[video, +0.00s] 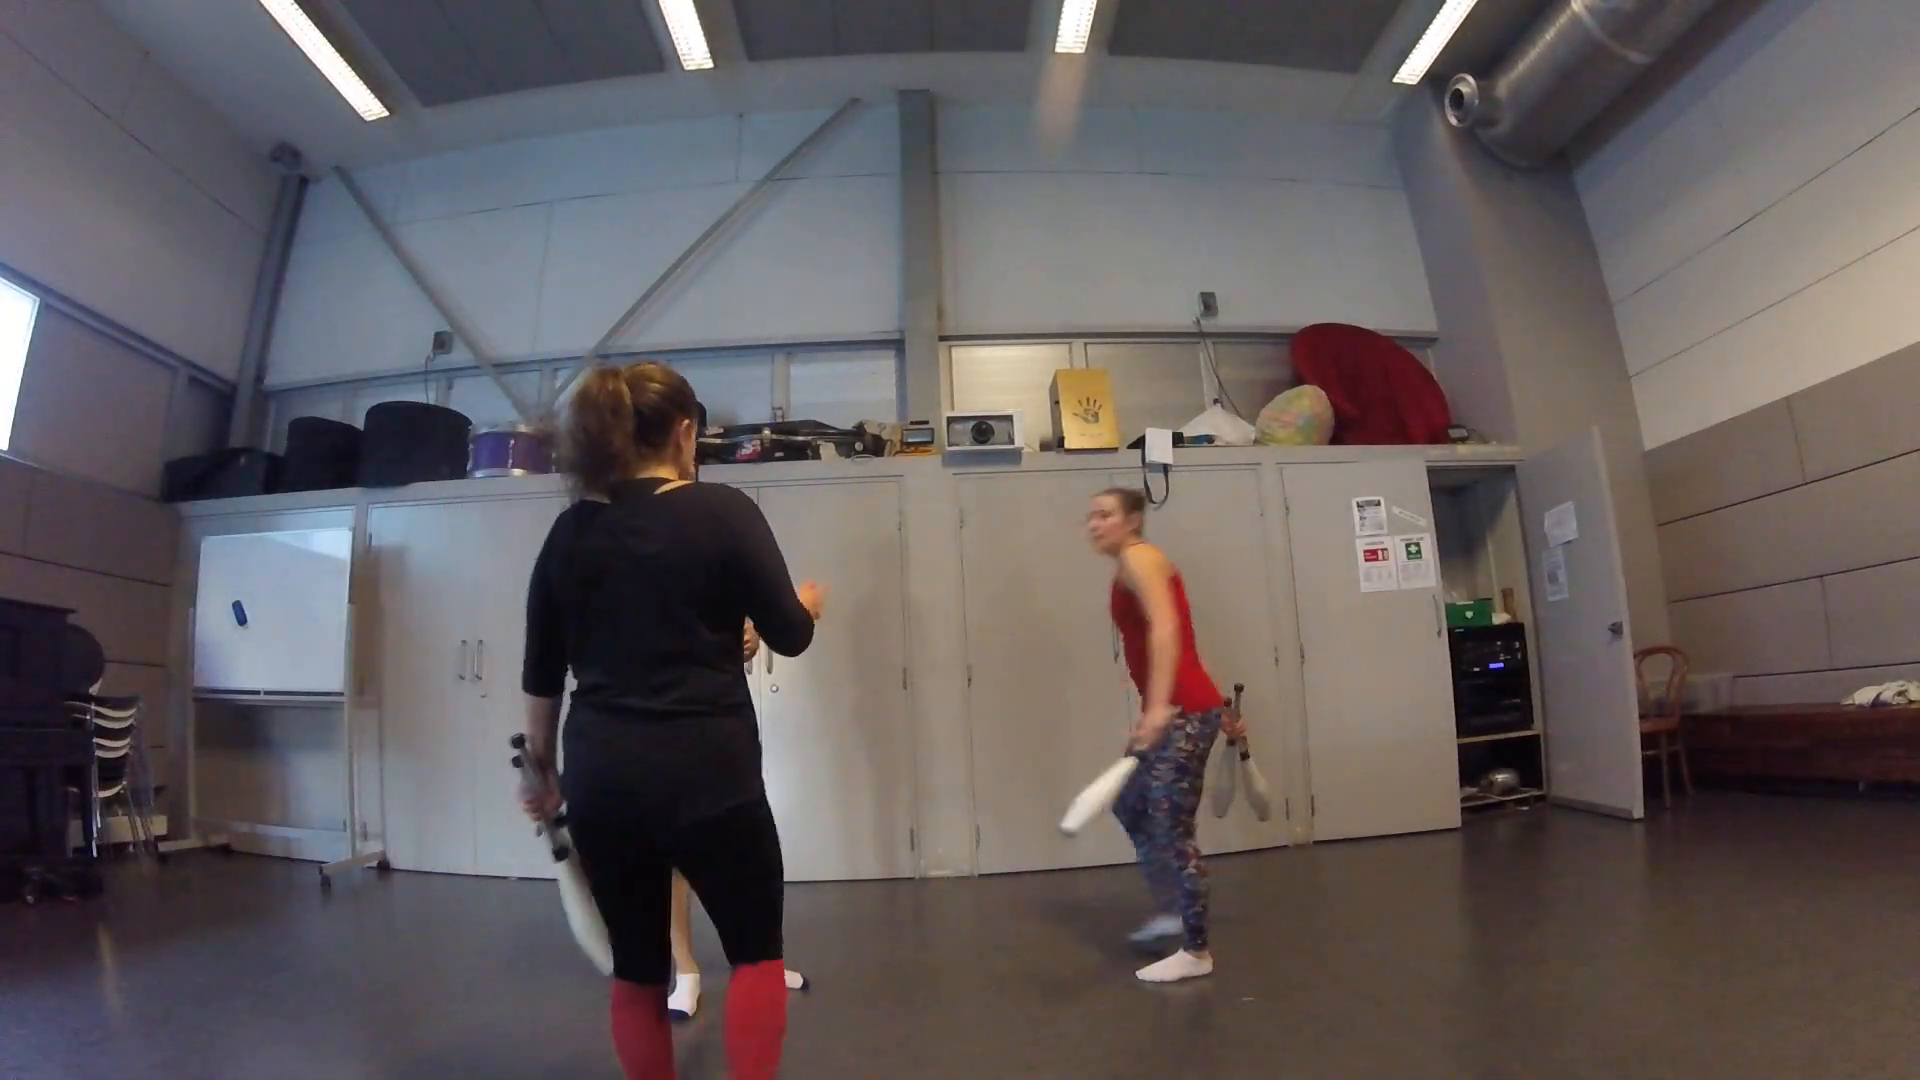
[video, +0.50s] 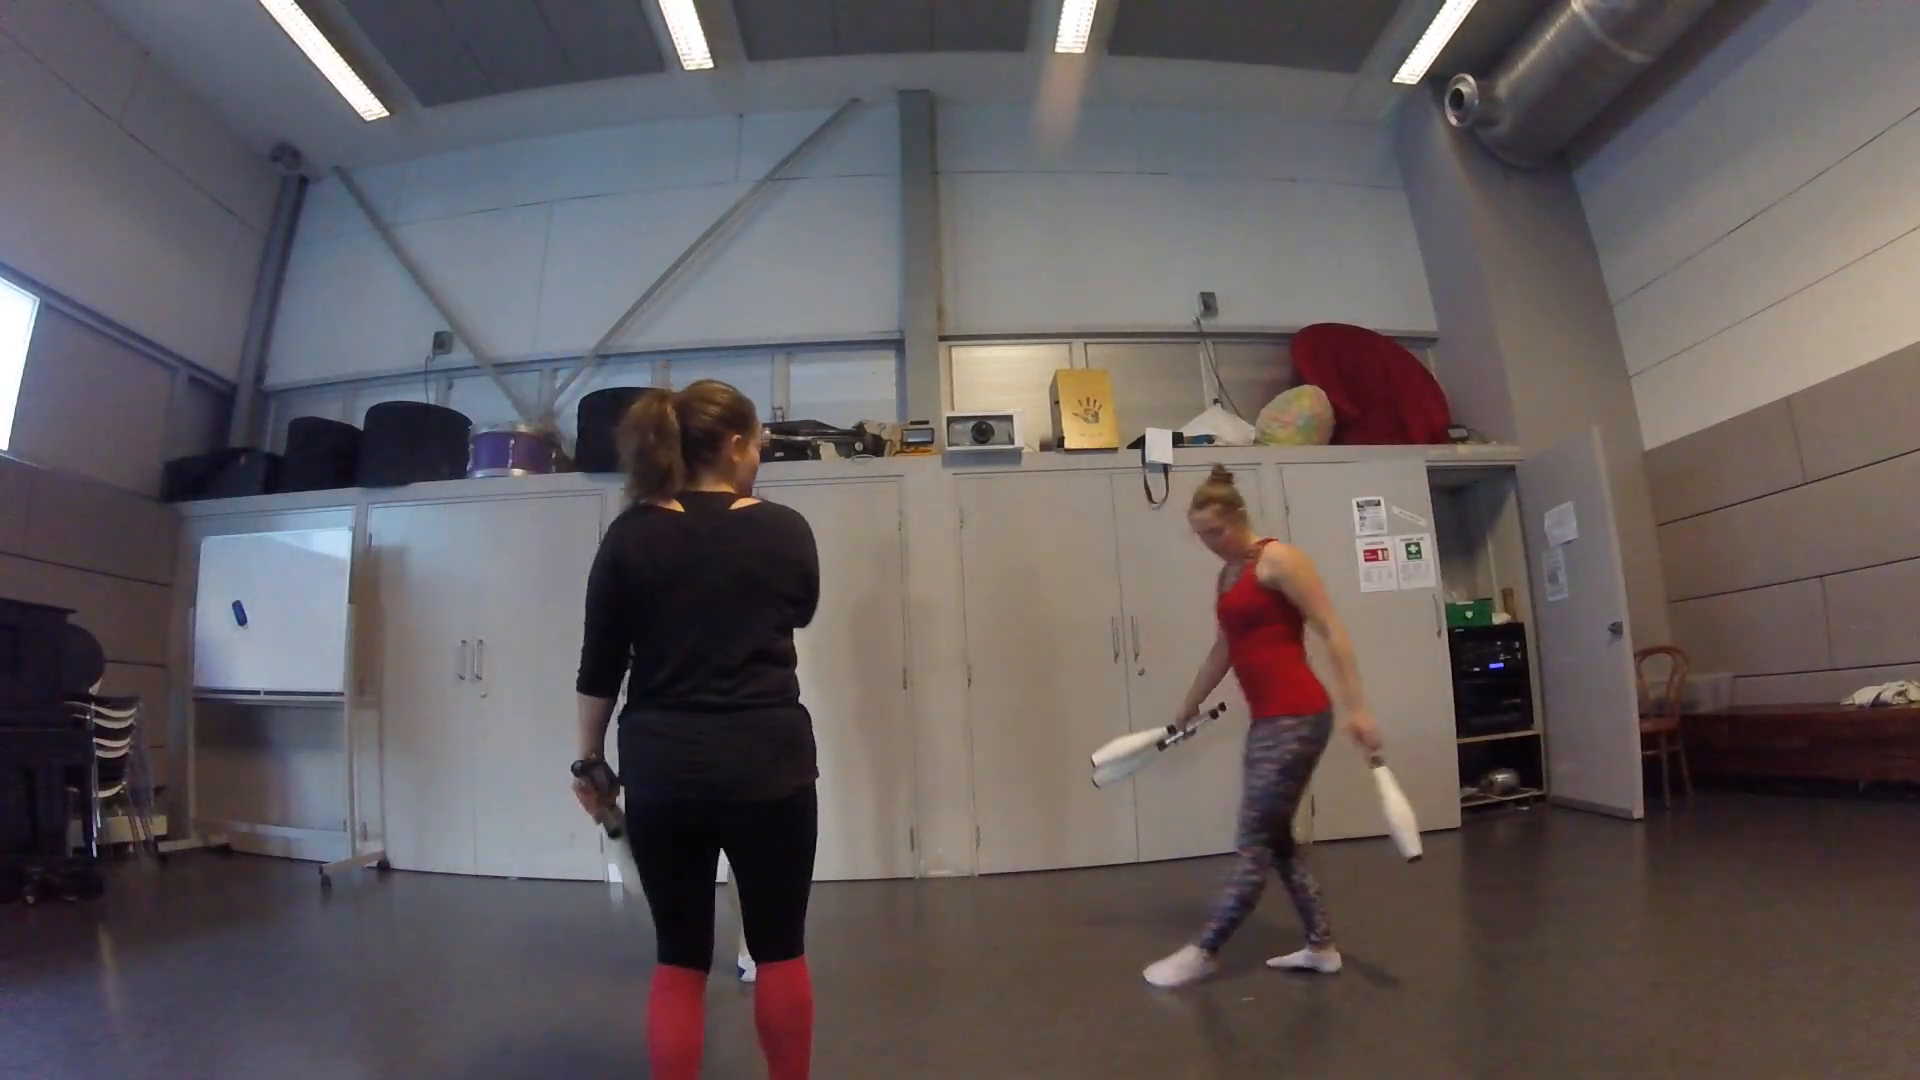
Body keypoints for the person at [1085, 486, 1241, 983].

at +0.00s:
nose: (1092, 524)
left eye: (1103, 516)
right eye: (1091, 517)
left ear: (1131, 521)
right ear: (1113, 525)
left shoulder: (1141, 559)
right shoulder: (1137, 564)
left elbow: (1165, 630)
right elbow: (1180, 642)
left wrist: (1157, 707)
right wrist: (1220, 708)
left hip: (1187, 716)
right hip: (1175, 716)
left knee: (1171, 827)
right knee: (1130, 803)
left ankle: (1197, 949)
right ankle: (1176, 907)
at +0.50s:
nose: (1209, 542)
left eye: (1214, 531)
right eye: (1202, 535)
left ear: (1238, 519)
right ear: (1201, 532)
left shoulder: (1280, 561)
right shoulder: (1229, 575)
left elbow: (1332, 629)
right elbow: (1226, 648)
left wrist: (1357, 711)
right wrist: (1190, 703)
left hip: (1298, 715)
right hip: (1267, 717)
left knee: (1256, 834)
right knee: (1275, 833)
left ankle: (1204, 951)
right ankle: (1321, 944)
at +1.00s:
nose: (1335, 512)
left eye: (1341, 499)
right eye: (1326, 503)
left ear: (1368, 491)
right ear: (1322, 505)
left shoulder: (1411, 538)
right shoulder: (1346, 556)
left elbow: (1453, 614)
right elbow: (1354, 644)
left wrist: (1457, 696)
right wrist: (1347, 718)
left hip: (1421, 711)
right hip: (1365, 716)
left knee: (1459, 827)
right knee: (1357, 836)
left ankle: (1511, 938)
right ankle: (1330, 944)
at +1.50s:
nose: (1394, 503)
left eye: (1402, 491)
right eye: (1385, 494)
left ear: (1428, 480)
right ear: (1380, 492)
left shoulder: (1472, 528)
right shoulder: (1404, 541)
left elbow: (1490, 615)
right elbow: (1426, 622)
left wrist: (1476, 695)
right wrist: (1426, 694)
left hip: (1494, 697)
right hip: (1434, 701)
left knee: (1502, 828)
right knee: (1464, 831)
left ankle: (1513, 940)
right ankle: (1486, 959)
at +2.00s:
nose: (1337, 480)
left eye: (1348, 470)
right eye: (1336, 471)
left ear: (1384, 476)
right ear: (1351, 480)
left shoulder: (1419, 531)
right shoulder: (1355, 544)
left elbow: (1463, 617)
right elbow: (1361, 636)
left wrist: (1503, 695)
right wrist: (1349, 711)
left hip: (1427, 707)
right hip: (1371, 710)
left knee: (1444, 828)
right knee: (1385, 833)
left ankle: (1502, 938)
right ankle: (1380, 946)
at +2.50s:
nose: (1333, 454)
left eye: (1345, 446)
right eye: (1336, 446)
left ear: (1376, 459)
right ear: (1364, 464)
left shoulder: (1412, 523)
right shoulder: (1350, 535)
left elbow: (1434, 621)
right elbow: (1348, 628)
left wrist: (1397, 704)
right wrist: (1317, 699)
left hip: (1413, 713)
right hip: (1363, 712)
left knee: (1414, 851)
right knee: (1373, 843)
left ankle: (1432, 997)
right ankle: (1377, 952)